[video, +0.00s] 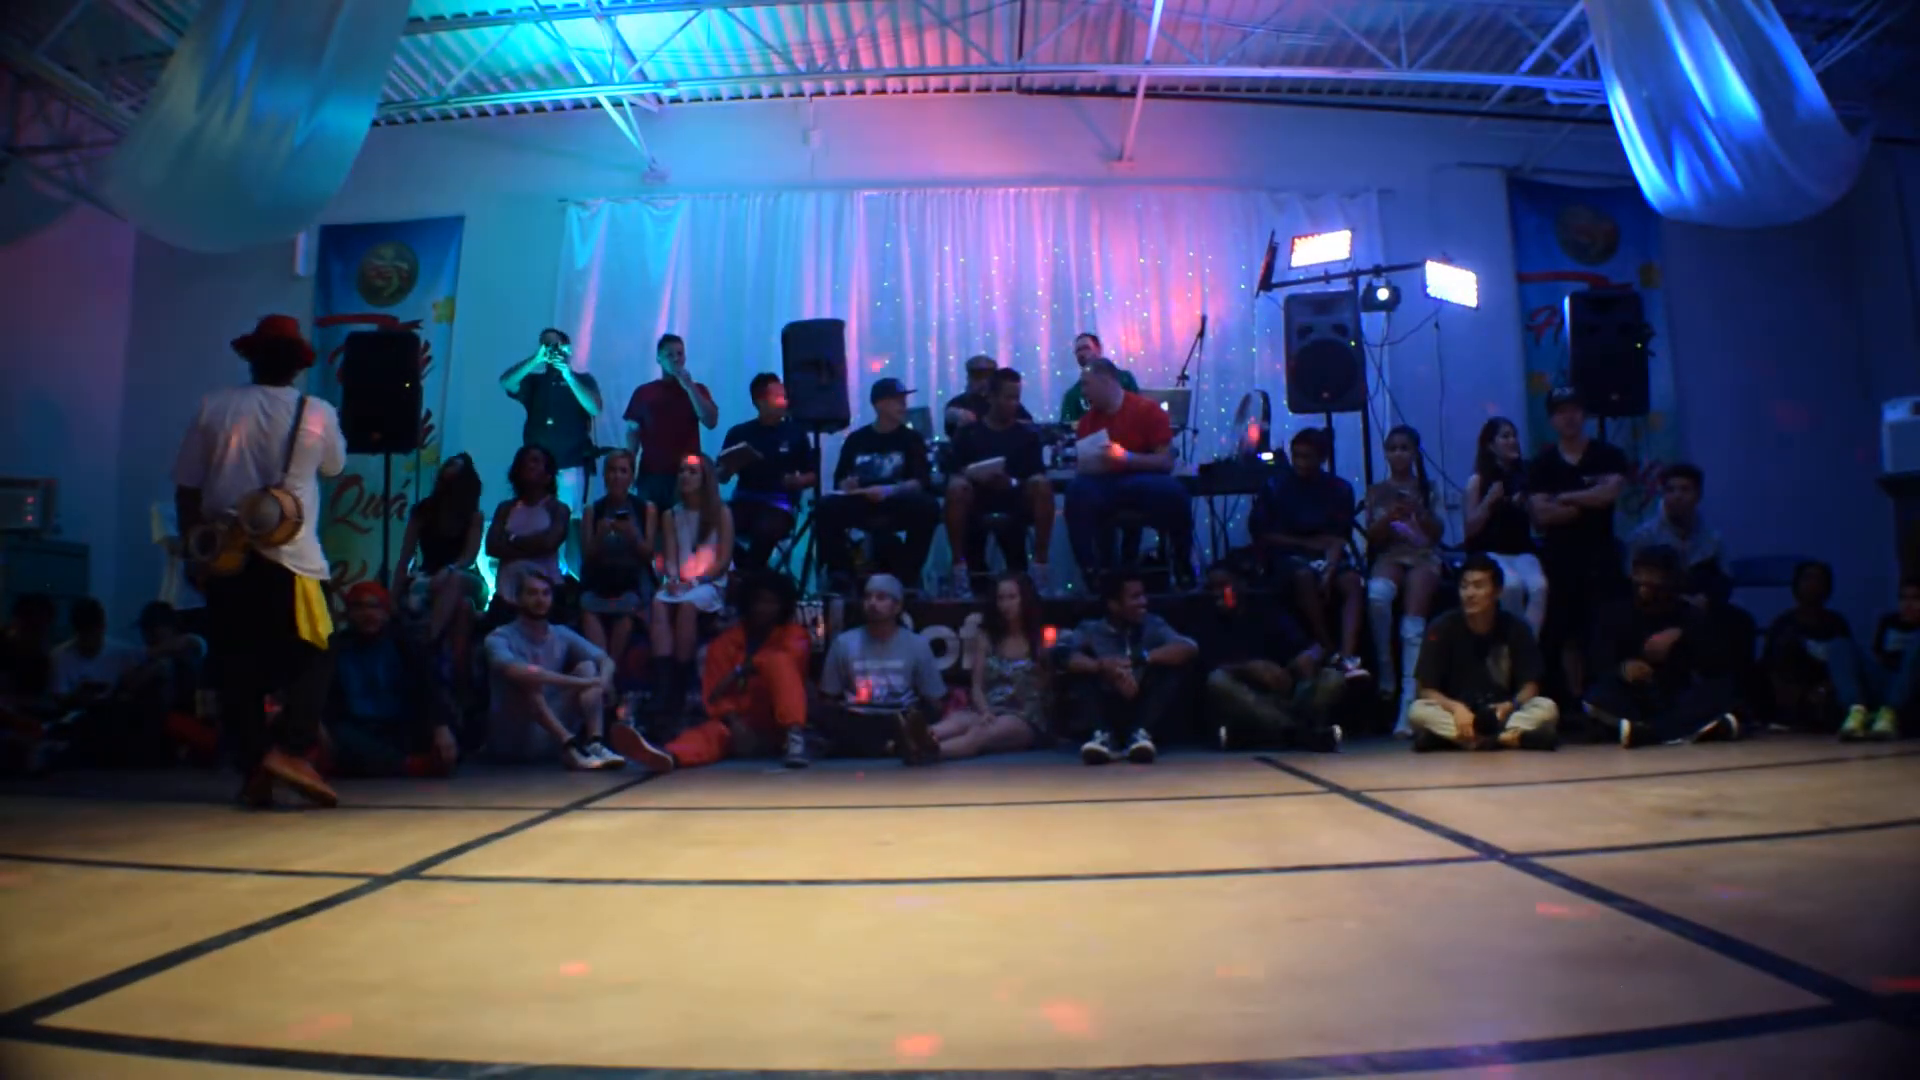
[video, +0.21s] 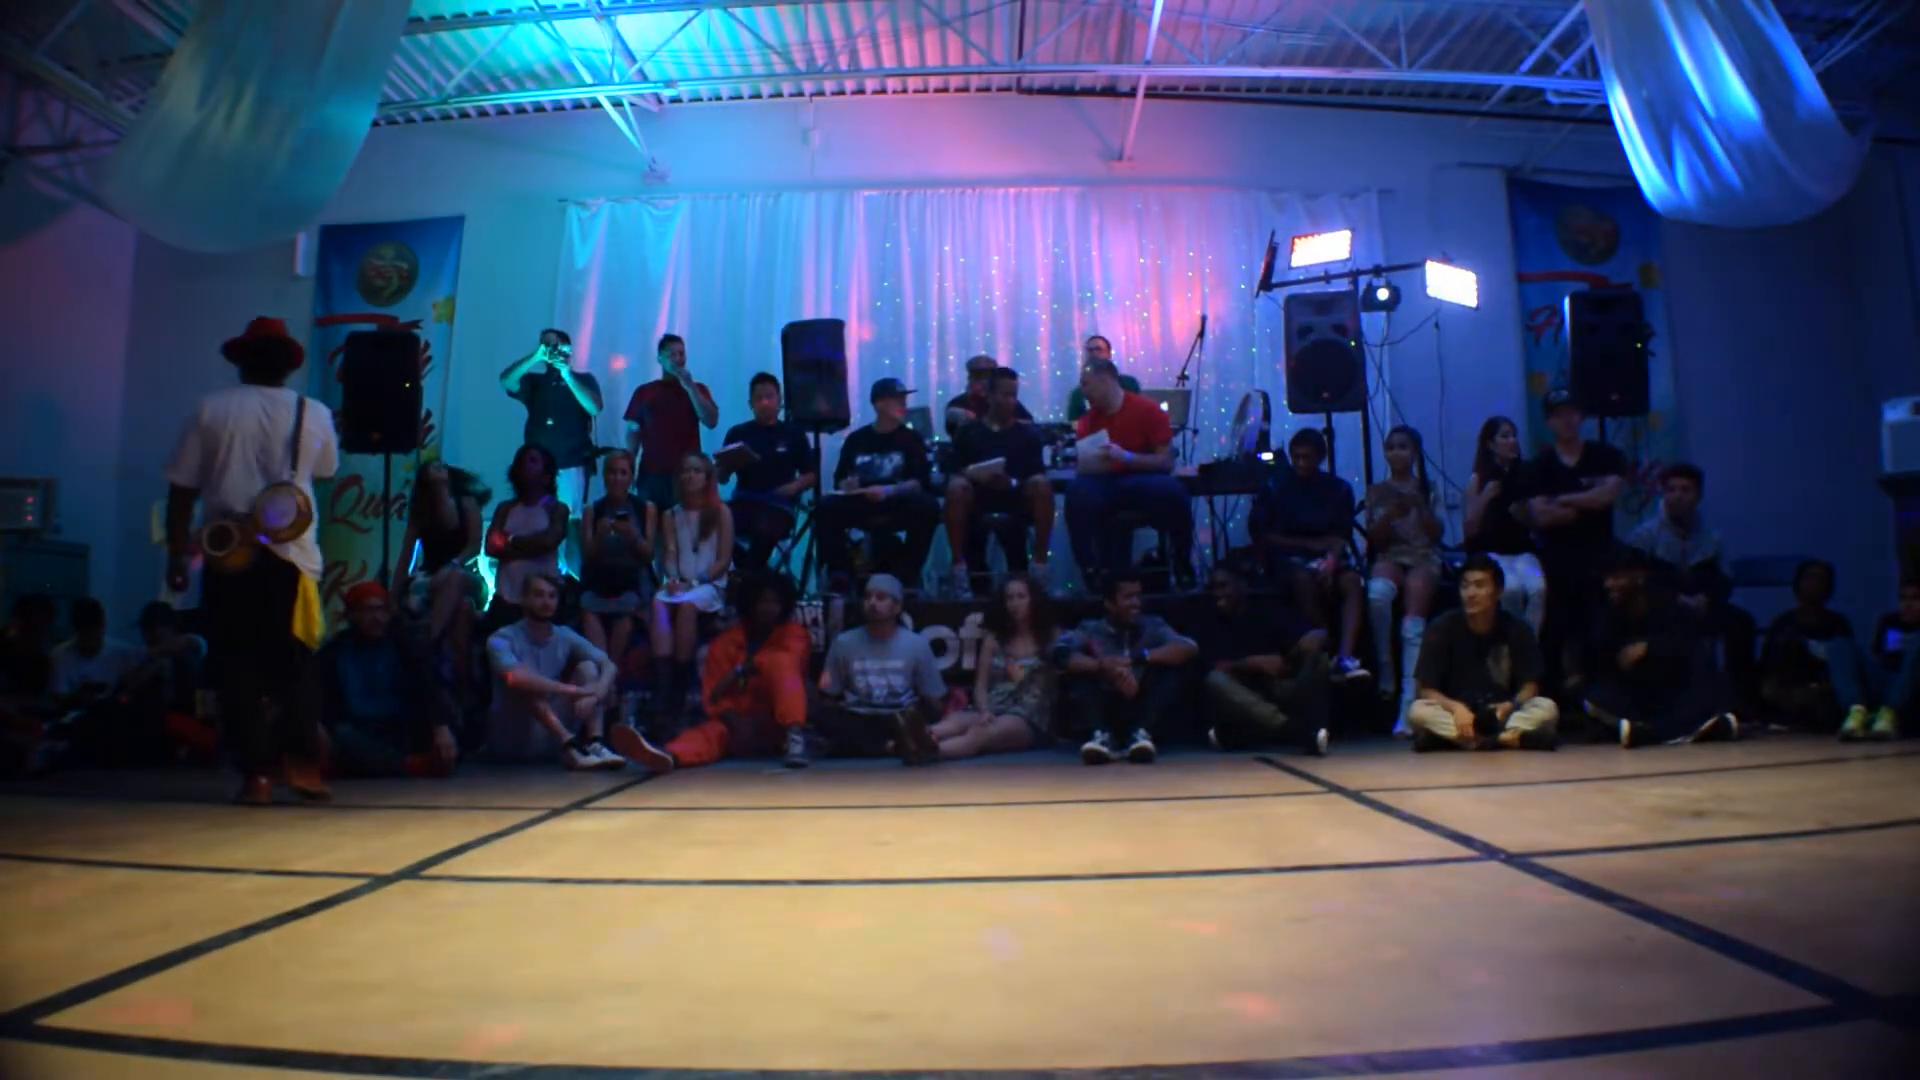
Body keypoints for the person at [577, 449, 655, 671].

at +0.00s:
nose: (618, 476)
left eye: (623, 471)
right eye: (612, 471)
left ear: (631, 476)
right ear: (605, 475)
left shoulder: (646, 509)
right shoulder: (592, 511)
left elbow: (647, 551)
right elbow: (588, 553)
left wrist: (630, 533)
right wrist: (600, 534)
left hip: (631, 576)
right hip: (599, 576)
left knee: (625, 612)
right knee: (588, 609)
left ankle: (611, 672)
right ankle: (601, 672)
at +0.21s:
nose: (617, 478)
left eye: (623, 473)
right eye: (612, 472)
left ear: (631, 477)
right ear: (605, 476)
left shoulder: (646, 509)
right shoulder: (592, 511)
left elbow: (648, 551)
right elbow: (588, 552)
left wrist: (631, 534)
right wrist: (600, 534)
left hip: (631, 575)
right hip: (599, 575)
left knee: (625, 612)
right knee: (589, 609)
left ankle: (611, 672)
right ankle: (602, 672)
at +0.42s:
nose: (617, 479)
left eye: (623, 474)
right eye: (612, 473)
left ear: (631, 478)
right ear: (604, 477)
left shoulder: (646, 509)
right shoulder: (592, 511)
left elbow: (647, 551)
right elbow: (588, 552)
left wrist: (630, 533)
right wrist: (601, 533)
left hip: (631, 572)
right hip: (599, 572)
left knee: (625, 610)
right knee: (589, 607)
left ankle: (611, 667)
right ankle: (601, 666)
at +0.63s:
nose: (617, 480)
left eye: (623, 475)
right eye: (612, 474)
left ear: (631, 478)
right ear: (604, 477)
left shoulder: (646, 509)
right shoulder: (592, 511)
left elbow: (647, 551)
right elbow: (588, 552)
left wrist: (630, 533)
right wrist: (604, 533)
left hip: (631, 571)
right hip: (600, 572)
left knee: (626, 609)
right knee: (589, 609)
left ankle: (607, 670)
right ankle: (602, 672)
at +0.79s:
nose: (618, 480)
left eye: (624, 474)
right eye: (612, 474)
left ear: (632, 477)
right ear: (604, 477)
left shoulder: (646, 509)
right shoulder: (592, 511)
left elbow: (648, 552)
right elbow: (588, 552)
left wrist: (631, 533)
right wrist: (605, 533)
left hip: (632, 575)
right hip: (599, 575)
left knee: (626, 610)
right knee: (589, 610)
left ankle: (613, 672)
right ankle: (603, 671)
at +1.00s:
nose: (617, 480)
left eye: (623, 475)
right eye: (612, 475)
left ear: (631, 477)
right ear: (604, 477)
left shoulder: (646, 509)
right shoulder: (592, 511)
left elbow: (647, 551)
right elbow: (588, 552)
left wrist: (630, 533)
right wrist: (604, 533)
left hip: (632, 573)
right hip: (600, 573)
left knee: (625, 609)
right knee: (589, 608)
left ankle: (610, 669)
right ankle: (602, 672)